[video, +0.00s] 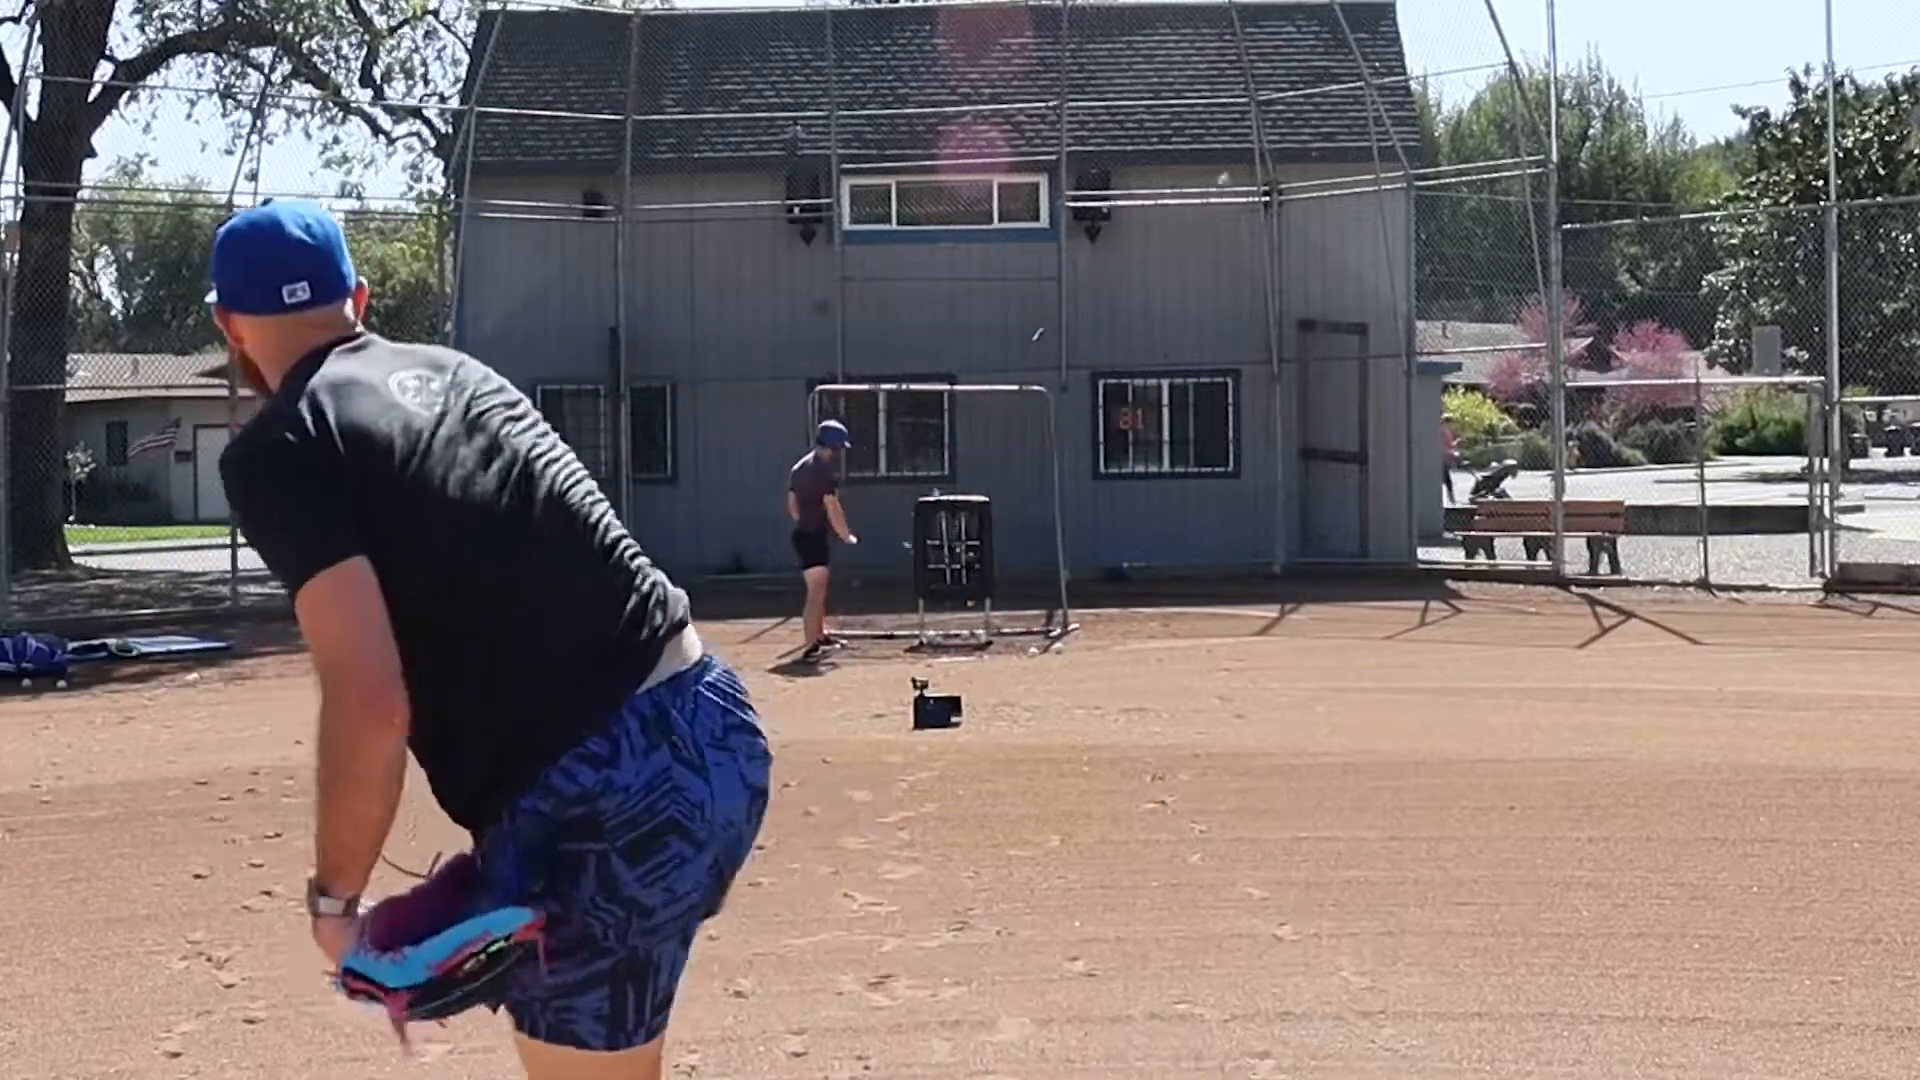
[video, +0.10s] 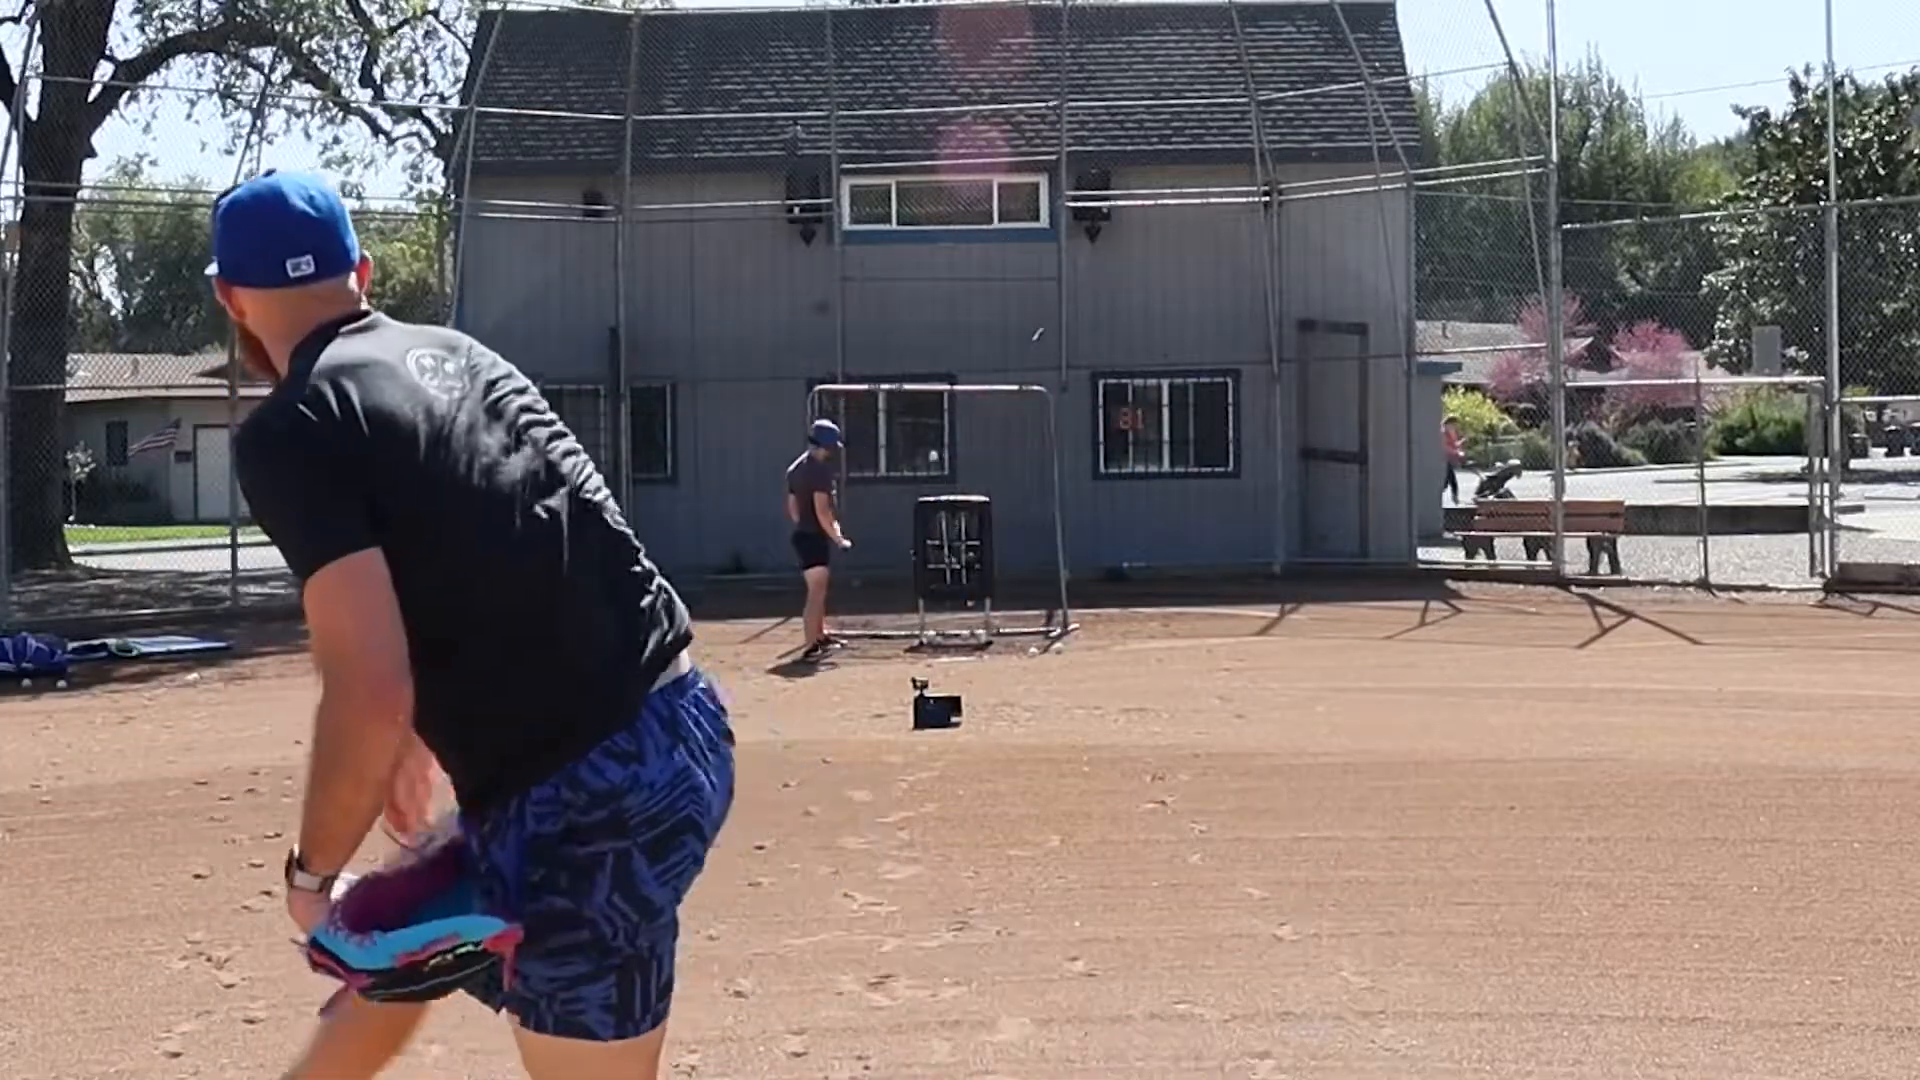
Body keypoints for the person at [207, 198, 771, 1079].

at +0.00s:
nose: (231, 343)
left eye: (225, 325)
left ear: (232, 330)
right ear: (359, 299)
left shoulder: (283, 442)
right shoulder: (452, 368)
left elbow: (370, 700)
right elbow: (547, 592)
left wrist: (335, 895)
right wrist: (506, 844)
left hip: (612, 788)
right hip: (709, 723)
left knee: (587, 1056)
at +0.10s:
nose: (229, 312)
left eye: (225, 293)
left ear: (233, 299)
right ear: (363, 273)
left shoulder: (294, 423)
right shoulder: (453, 352)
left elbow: (371, 688)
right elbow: (482, 560)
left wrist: (313, 873)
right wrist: (418, 731)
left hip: (590, 790)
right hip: (677, 716)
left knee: (590, 1058)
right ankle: (313, 1072)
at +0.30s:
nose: (448, 291)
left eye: (442, 263)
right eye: (435, 263)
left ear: (252, 282)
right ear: (382, 289)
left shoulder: (402, 448)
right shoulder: (146, 534)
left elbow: (663, 476)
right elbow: (12, 883)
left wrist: (891, 538)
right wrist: (292, 1050)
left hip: (350, 994)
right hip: (160, 1045)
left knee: (493, 1068)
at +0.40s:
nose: (550, 392)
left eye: (544, 366)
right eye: (542, 365)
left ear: (410, 390)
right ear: (495, 395)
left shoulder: (498, 520)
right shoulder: (255, 585)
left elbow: (716, 455)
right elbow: (13, 723)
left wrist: (939, 452)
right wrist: (177, 889)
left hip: (418, 1037)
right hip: (253, 1059)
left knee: (610, 1075)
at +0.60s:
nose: (525, 479)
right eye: (521, 464)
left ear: (386, 511)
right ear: (511, 479)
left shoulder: (334, 709)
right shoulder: (614, 581)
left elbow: (272, 986)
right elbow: (846, 464)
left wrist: (353, 956)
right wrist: (742, 358)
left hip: (426, 1042)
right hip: (613, 1029)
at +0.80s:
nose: (318, 599)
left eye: (313, 587)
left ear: (323, 583)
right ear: (438, 550)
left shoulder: (344, 632)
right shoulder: (513, 601)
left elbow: (357, 801)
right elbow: (438, 927)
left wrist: (295, 921)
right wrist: (310, 1041)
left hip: (554, 847)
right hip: (724, 797)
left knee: (560, 1055)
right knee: (806, 1050)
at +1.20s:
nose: (191, 422)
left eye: (186, 406)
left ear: (195, 413)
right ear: (321, 387)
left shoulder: (226, 518)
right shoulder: (402, 448)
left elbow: (289, 739)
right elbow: (420, 641)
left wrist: (219, 866)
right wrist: (273, 799)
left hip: (565, 830)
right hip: (695, 722)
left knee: (587, 1065)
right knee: (819, 954)